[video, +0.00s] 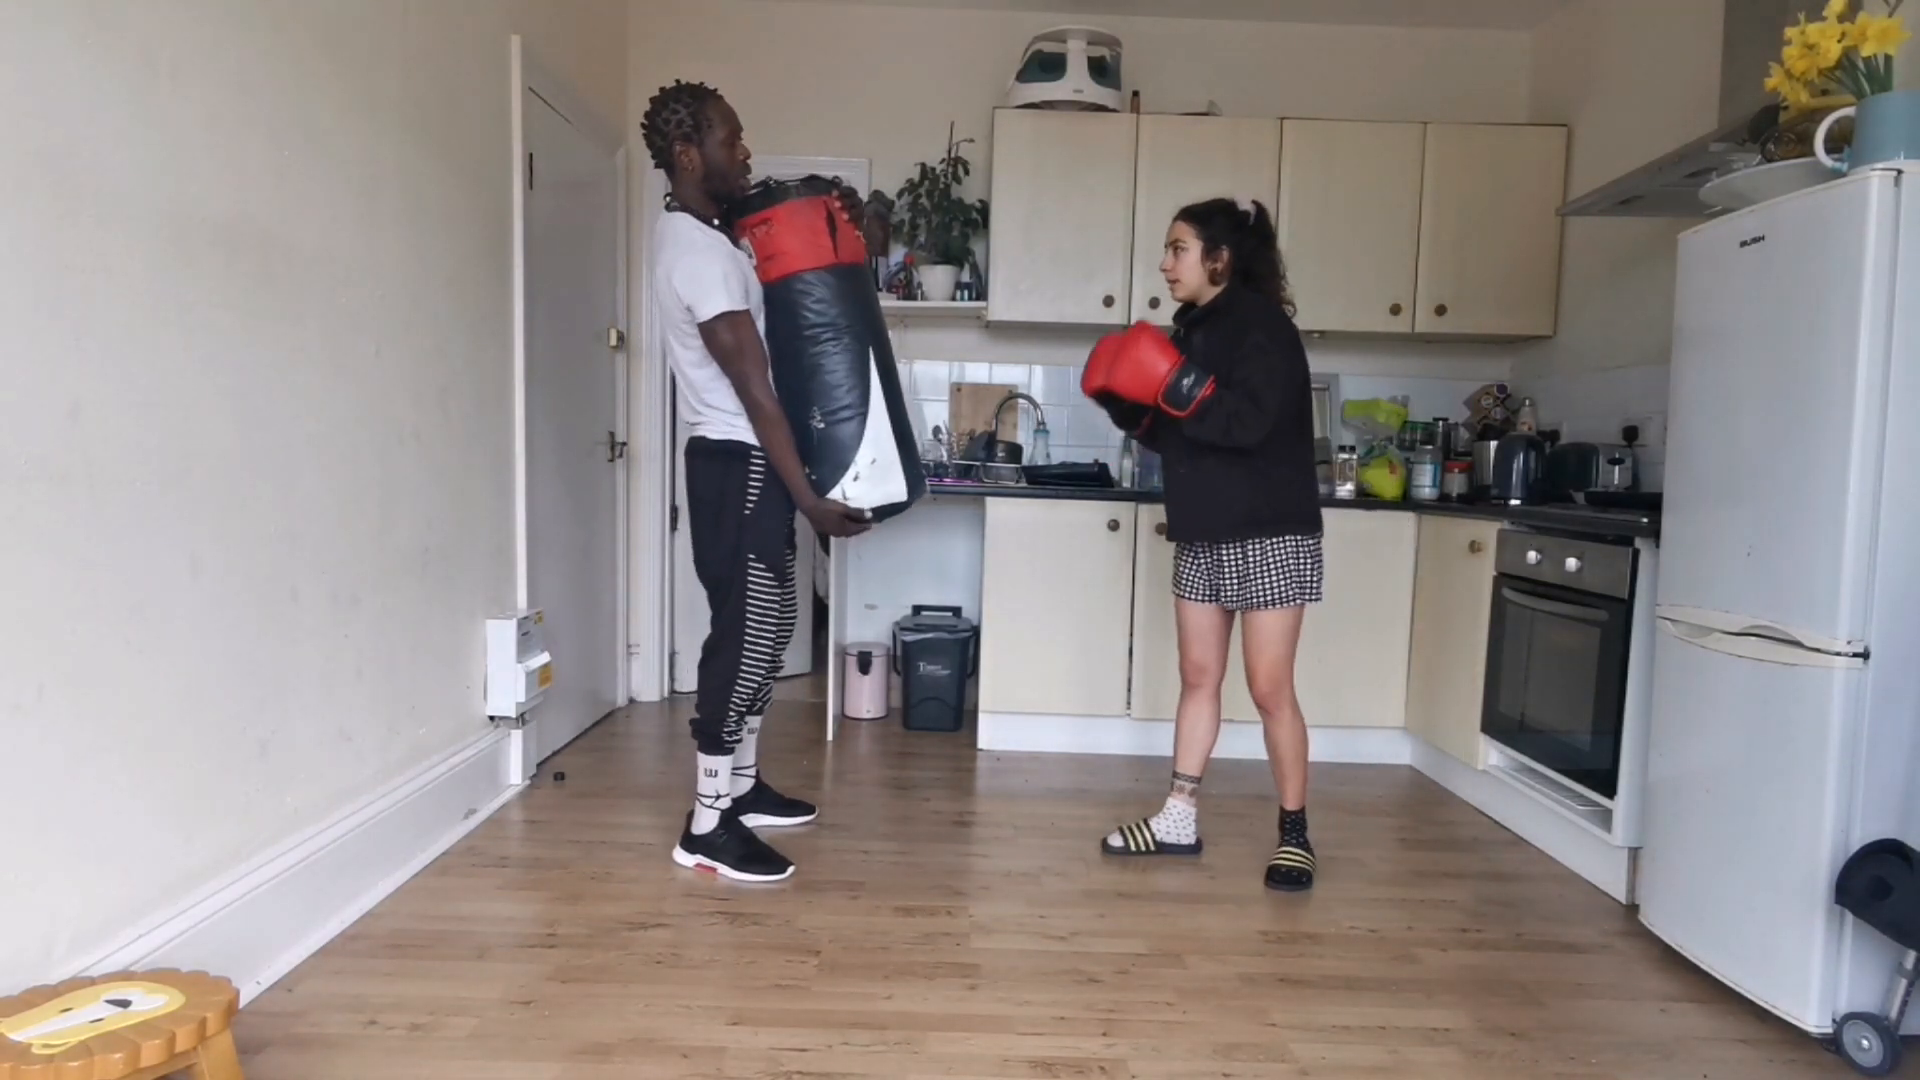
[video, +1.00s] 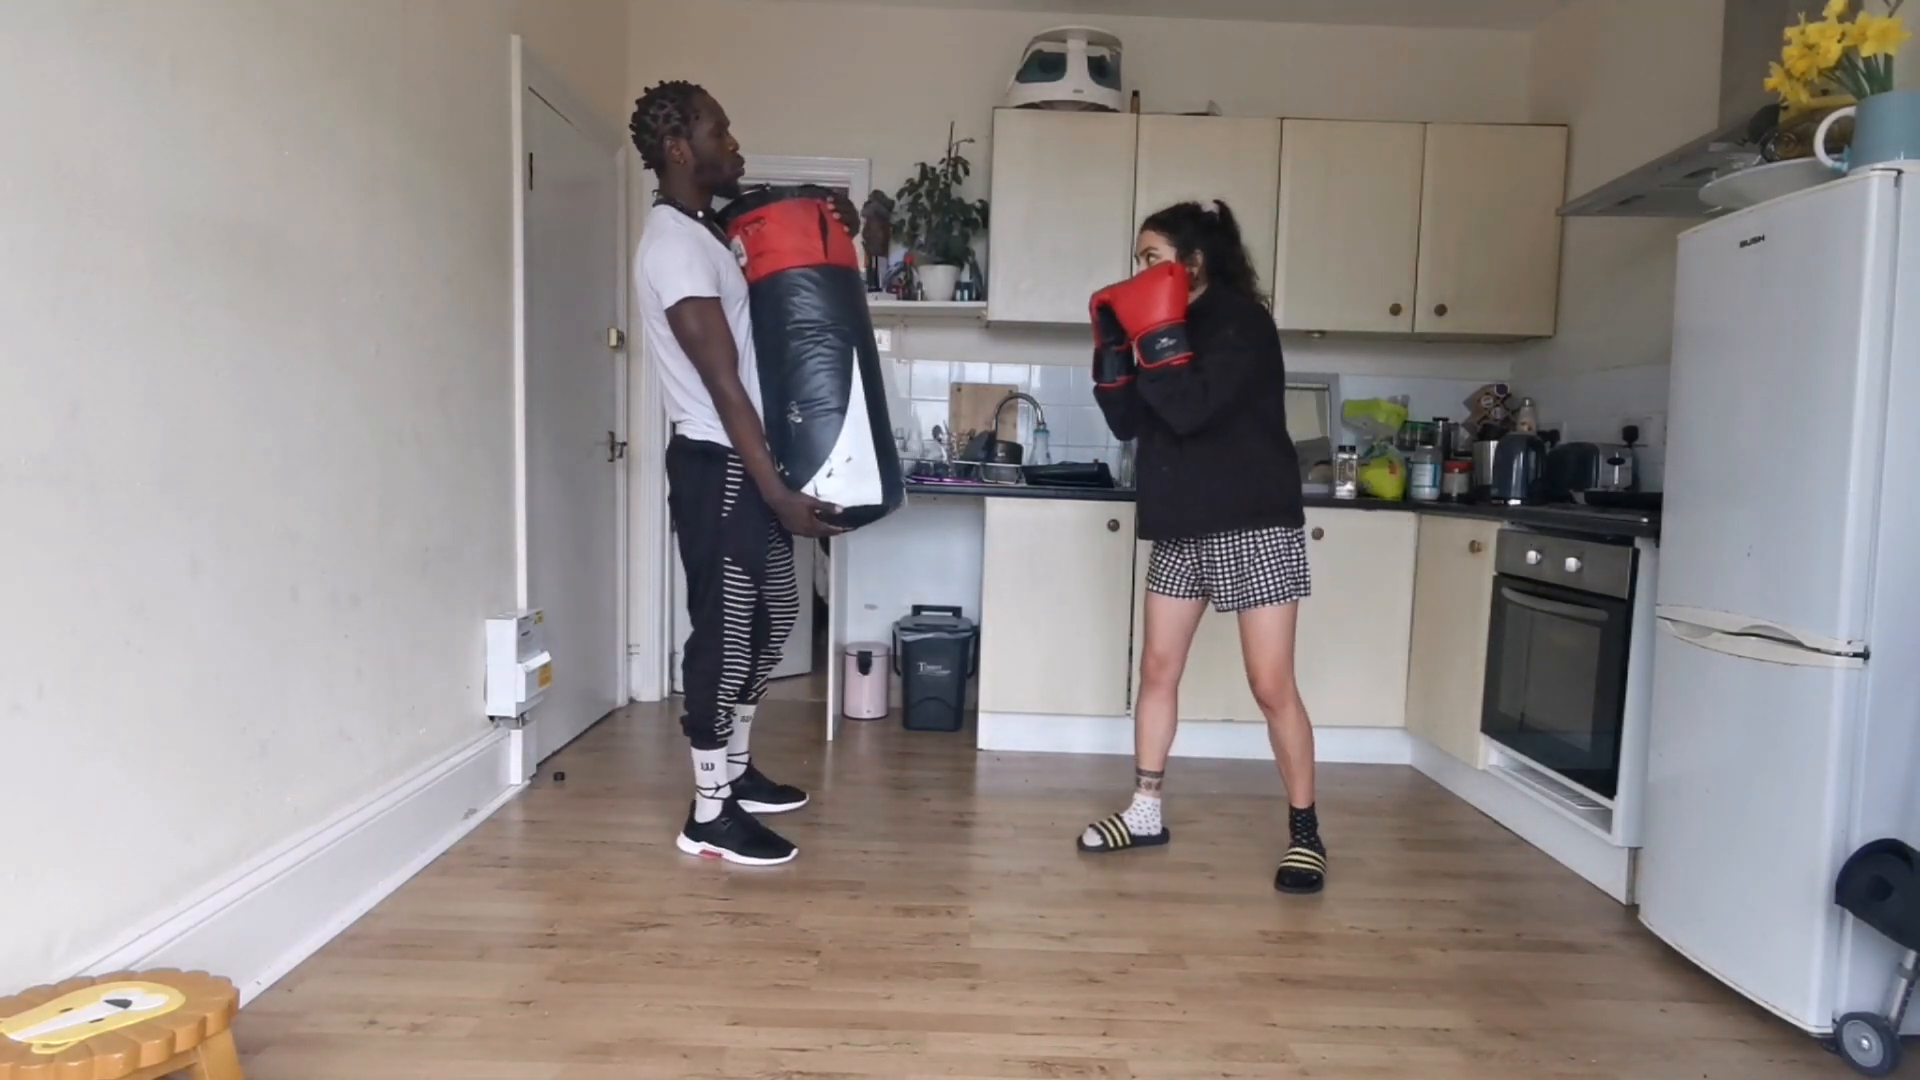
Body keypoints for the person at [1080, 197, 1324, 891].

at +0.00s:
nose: (1166, 262)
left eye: (1178, 250)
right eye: (1167, 249)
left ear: (1219, 258)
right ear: (1198, 260)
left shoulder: (1265, 325)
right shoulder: (1185, 335)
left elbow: (1251, 424)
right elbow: (1172, 436)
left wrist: (1176, 385)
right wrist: (1116, 392)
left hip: (1273, 525)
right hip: (1201, 526)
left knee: (1270, 689)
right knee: (1197, 676)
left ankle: (1293, 832)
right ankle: (1178, 817)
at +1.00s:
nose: (1143, 270)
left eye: (1153, 258)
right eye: (1139, 259)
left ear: (1197, 259)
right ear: (1156, 265)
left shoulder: (1242, 320)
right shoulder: (1162, 326)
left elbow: (1191, 410)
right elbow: (1127, 422)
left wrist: (1159, 332)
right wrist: (1111, 342)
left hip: (1257, 518)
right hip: (1180, 520)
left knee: (1272, 686)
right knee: (1158, 668)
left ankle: (1304, 834)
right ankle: (1146, 810)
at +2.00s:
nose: (1240, 258)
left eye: (1253, 244)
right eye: (1239, 245)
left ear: (1293, 252)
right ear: (1245, 259)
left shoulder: (1325, 317)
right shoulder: (1236, 318)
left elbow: (1251, 380)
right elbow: (1172, 386)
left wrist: (1246, 305)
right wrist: (1188, 301)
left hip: (1292, 517)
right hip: (1214, 514)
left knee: (1296, 687)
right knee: (1185, 677)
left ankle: (1307, 835)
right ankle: (1147, 810)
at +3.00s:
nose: (1159, 283)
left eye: (1170, 270)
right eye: (1155, 273)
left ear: (1212, 264)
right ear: (1164, 275)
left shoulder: (1264, 318)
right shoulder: (1177, 328)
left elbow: (1217, 401)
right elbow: (1131, 408)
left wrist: (1183, 328)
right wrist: (1124, 329)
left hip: (1279, 519)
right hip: (1201, 521)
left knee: (1300, 686)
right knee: (1165, 668)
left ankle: (1329, 828)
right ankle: (1146, 810)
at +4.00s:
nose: (1148, 307)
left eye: (1159, 292)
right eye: (1146, 295)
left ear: (1200, 288)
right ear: (1158, 299)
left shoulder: (1260, 345)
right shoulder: (1162, 361)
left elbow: (1237, 429)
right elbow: (1130, 434)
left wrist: (1195, 354)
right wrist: (1090, 403)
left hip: (1297, 526)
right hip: (1214, 535)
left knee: (1341, 687)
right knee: (1137, 663)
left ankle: (1380, 834)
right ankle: (1065, 780)